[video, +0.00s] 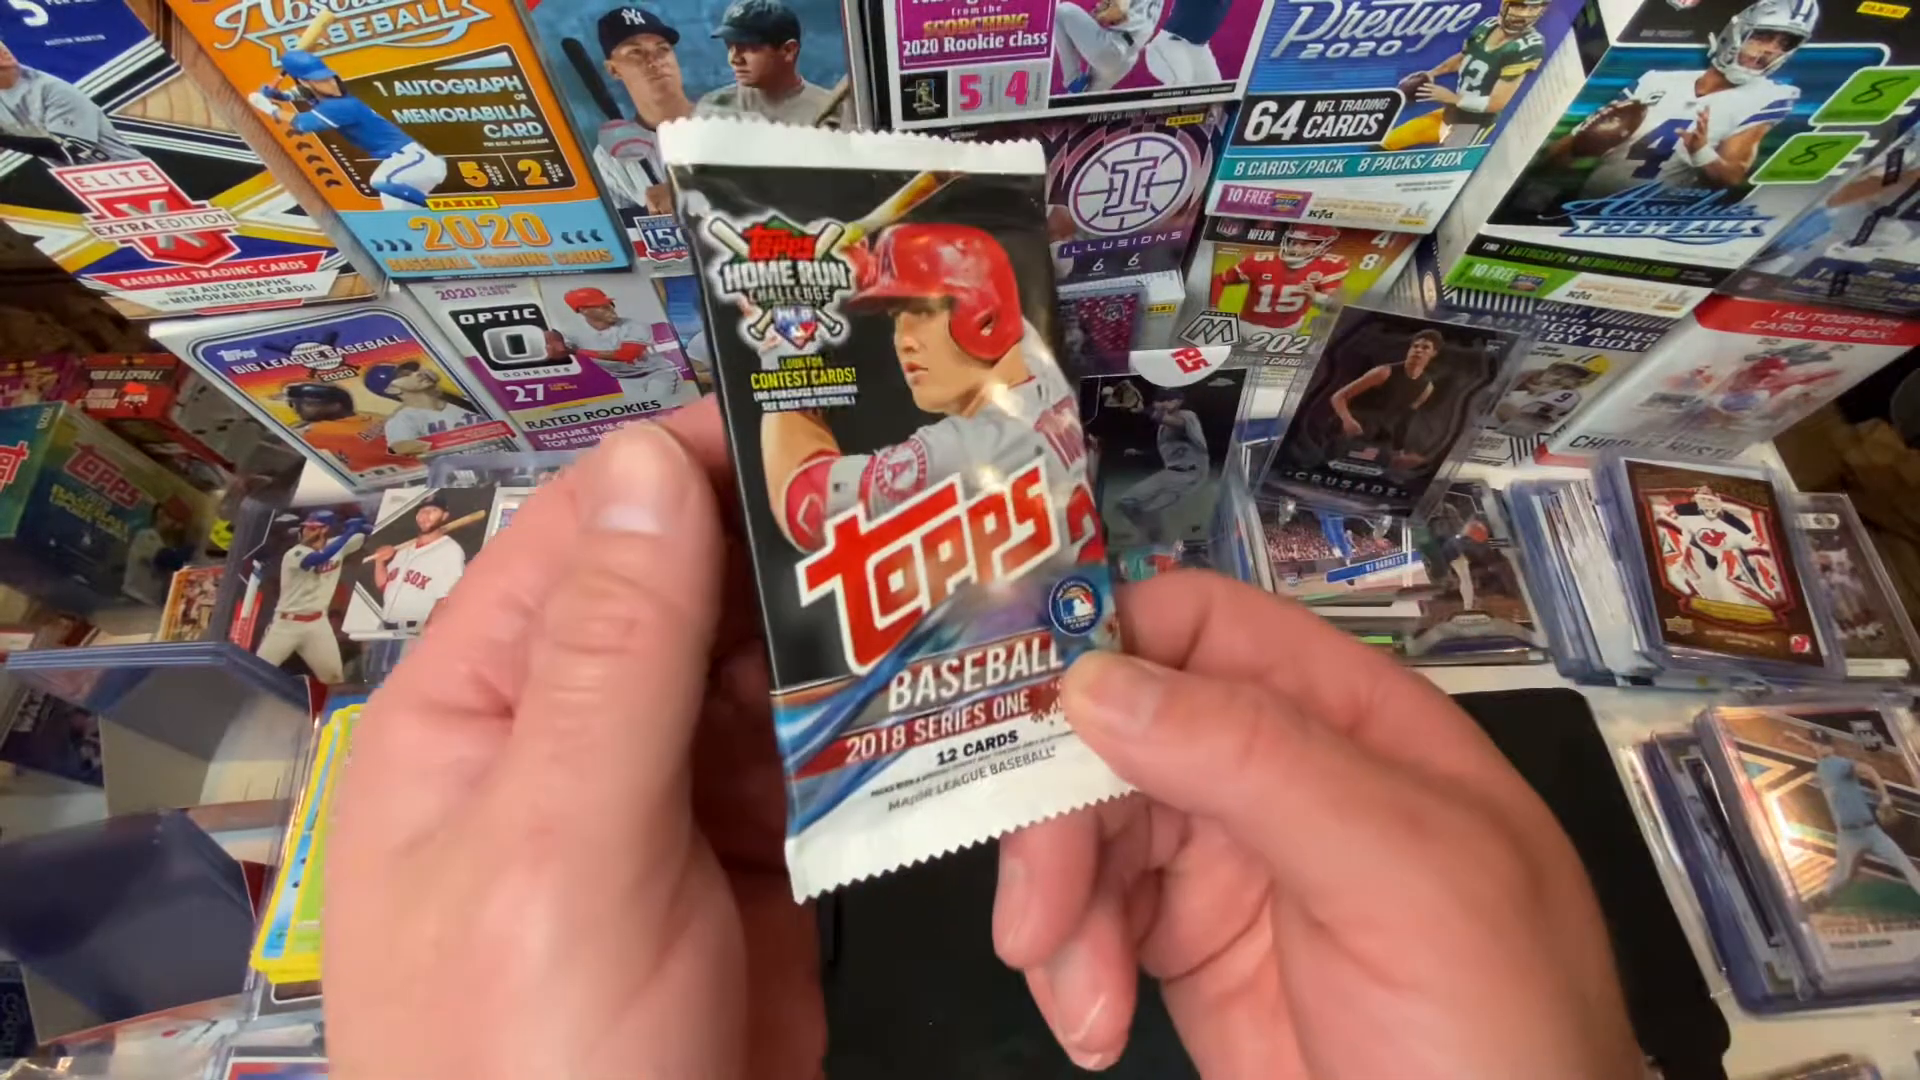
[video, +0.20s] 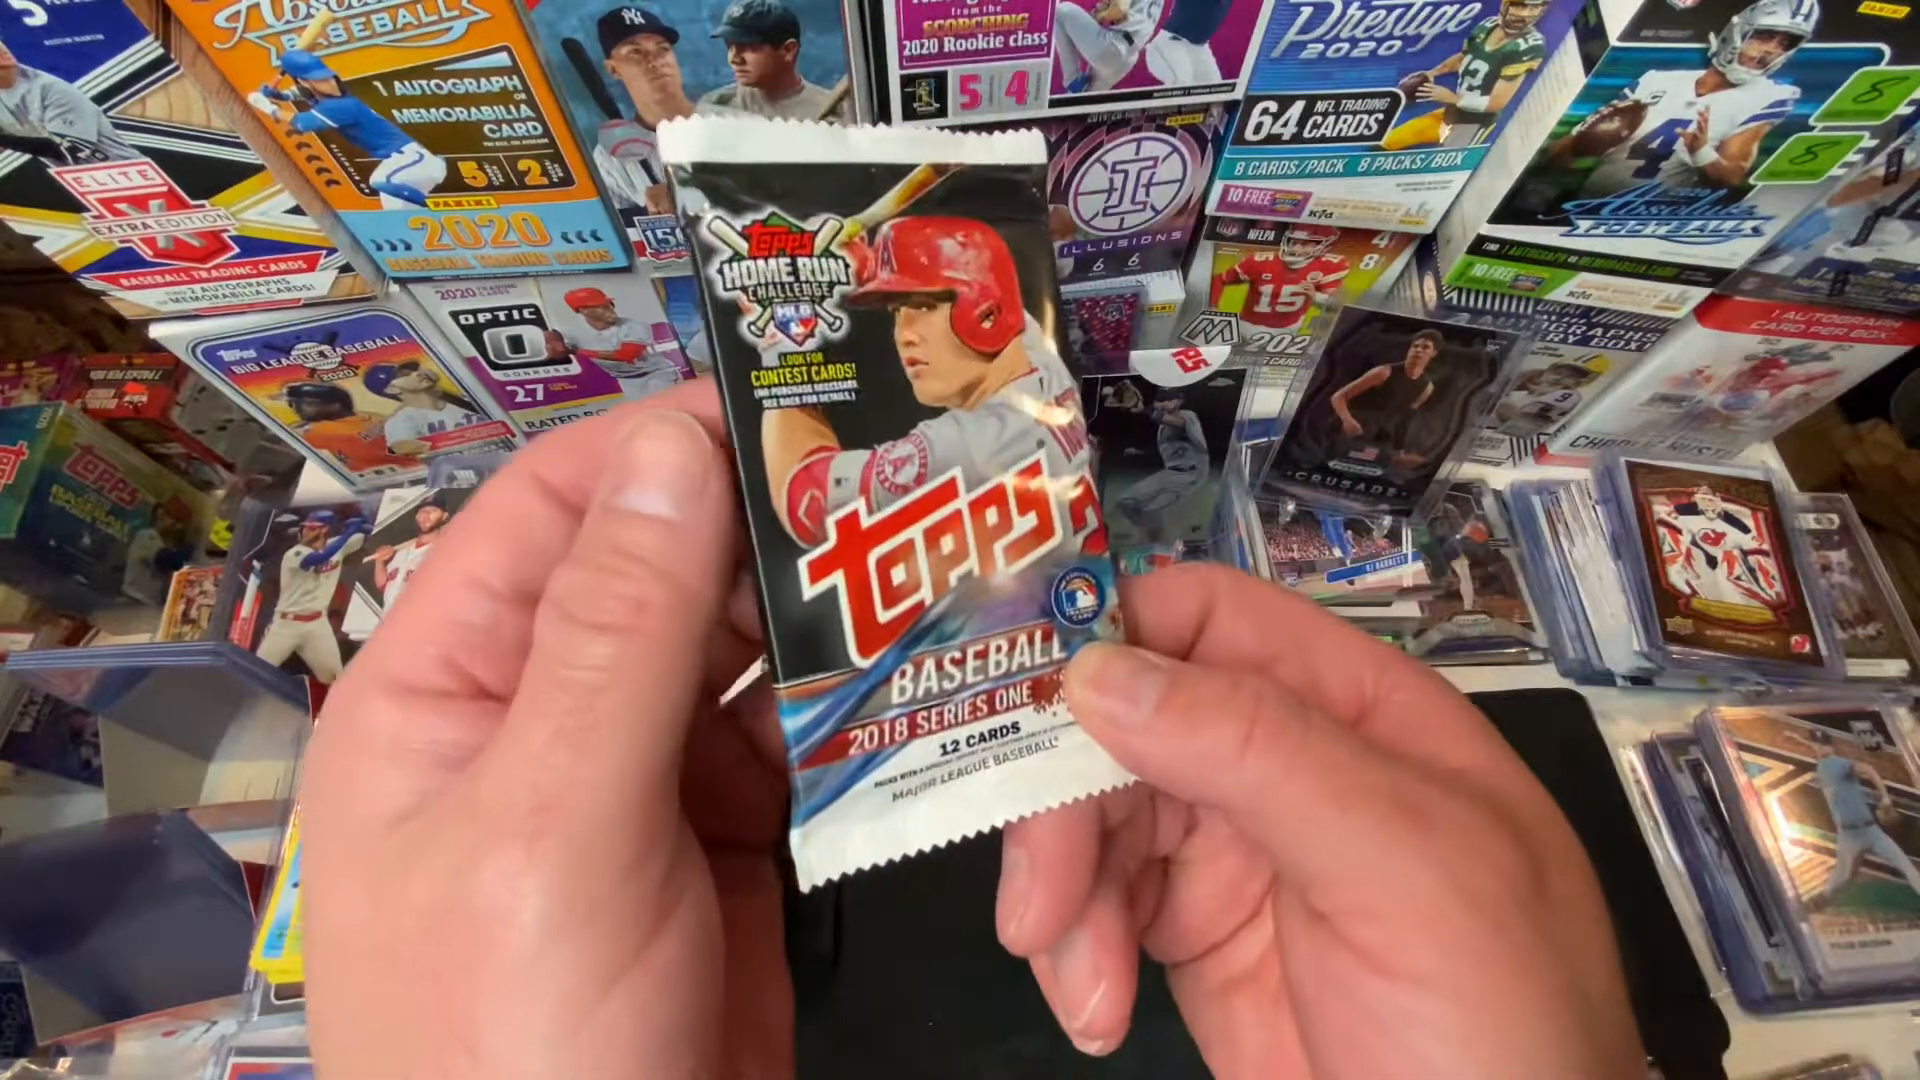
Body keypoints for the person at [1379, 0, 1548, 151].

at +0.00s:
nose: (1520, 13)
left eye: (1529, 7)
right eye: (1515, 5)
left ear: (1541, 11)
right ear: (1503, 5)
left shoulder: (1527, 47)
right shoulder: (1487, 26)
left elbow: (1495, 104)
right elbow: (1464, 58)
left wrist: (1451, 98)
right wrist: (1432, 73)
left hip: (1477, 124)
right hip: (1451, 112)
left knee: (1442, 173)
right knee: (1388, 141)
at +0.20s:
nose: (1521, 13)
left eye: (1531, 7)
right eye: (1516, 5)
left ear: (1541, 11)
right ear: (1503, 5)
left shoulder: (1528, 48)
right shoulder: (1487, 26)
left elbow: (1496, 104)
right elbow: (1464, 58)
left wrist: (1452, 98)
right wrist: (1432, 73)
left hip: (1479, 123)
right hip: (1453, 112)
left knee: (1442, 171)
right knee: (1388, 141)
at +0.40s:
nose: (1522, 13)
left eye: (1531, 7)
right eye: (1516, 5)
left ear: (1541, 10)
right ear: (1503, 5)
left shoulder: (1527, 47)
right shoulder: (1487, 26)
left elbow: (1496, 103)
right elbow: (1464, 58)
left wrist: (1451, 98)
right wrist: (1432, 73)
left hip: (1479, 123)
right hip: (1453, 111)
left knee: (1443, 170)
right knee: (1389, 141)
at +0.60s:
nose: (1522, 13)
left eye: (1531, 6)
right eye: (1516, 4)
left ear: (1542, 10)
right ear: (1504, 4)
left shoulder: (1528, 46)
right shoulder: (1487, 25)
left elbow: (1496, 103)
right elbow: (1464, 57)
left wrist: (1451, 97)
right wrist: (1432, 73)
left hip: (1477, 123)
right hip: (1452, 111)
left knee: (1442, 173)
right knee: (1388, 141)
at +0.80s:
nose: (1521, 13)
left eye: (1531, 7)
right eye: (1516, 5)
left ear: (1541, 11)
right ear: (1503, 5)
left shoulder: (1528, 47)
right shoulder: (1487, 26)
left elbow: (1496, 103)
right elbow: (1464, 57)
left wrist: (1450, 98)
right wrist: (1432, 73)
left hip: (1477, 124)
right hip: (1451, 112)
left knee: (1442, 174)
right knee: (1388, 141)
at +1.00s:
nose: (1521, 13)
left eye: (1530, 7)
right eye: (1516, 5)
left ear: (1541, 11)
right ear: (1503, 5)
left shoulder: (1527, 47)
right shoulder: (1487, 26)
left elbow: (1495, 103)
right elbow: (1464, 57)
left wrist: (1450, 98)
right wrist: (1432, 73)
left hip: (1478, 123)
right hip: (1452, 111)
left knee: (1443, 174)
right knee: (1389, 141)